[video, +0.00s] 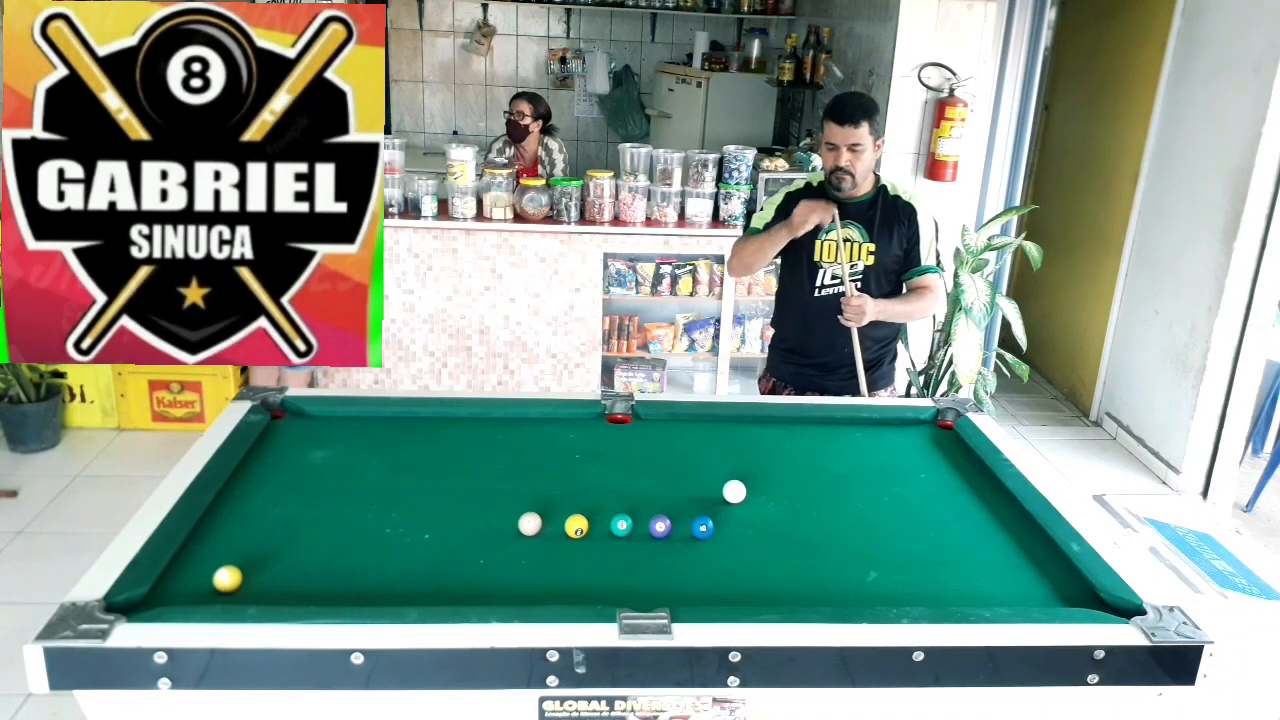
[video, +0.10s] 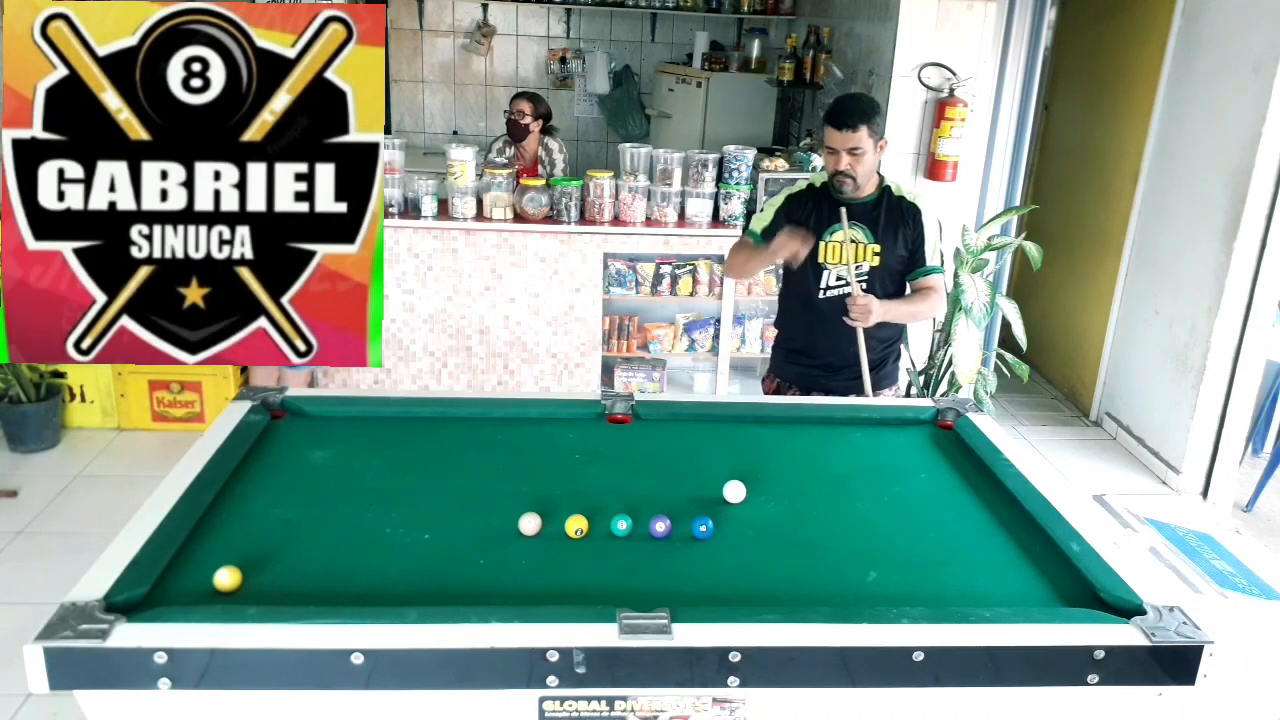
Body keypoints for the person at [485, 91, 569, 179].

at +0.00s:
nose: (511, 120)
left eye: (519, 115)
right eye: (510, 114)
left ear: (537, 125)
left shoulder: (554, 147)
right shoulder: (499, 146)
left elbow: (560, 189)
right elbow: (486, 183)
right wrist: (507, 171)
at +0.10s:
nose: (511, 119)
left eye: (519, 114)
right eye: (510, 113)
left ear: (537, 125)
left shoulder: (554, 147)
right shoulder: (499, 146)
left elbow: (560, 188)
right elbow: (485, 183)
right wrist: (507, 171)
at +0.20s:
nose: (512, 118)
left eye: (520, 114)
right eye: (511, 113)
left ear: (538, 124)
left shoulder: (554, 147)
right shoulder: (499, 146)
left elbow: (561, 188)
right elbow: (485, 183)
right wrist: (506, 171)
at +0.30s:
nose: (513, 117)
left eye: (521, 113)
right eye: (511, 112)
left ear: (538, 124)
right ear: (508, 115)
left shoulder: (554, 147)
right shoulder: (499, 146)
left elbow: (561, 190)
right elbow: (486, 184)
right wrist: (507, 172)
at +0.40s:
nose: (513, 117)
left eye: (521, 113)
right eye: (511, 112)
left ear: (538, 124)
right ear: (508, 115)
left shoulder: (554, 147)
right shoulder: (499, 146)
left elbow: (561, 190)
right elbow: (485, 184)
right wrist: (507, 172)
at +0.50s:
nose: (512, 117)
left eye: (521, 113)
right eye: (511, 112)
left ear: (538, 124)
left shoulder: (554, 147)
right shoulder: (500, 146)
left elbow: (561, 189)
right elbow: (485, 185)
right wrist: (507, 171)